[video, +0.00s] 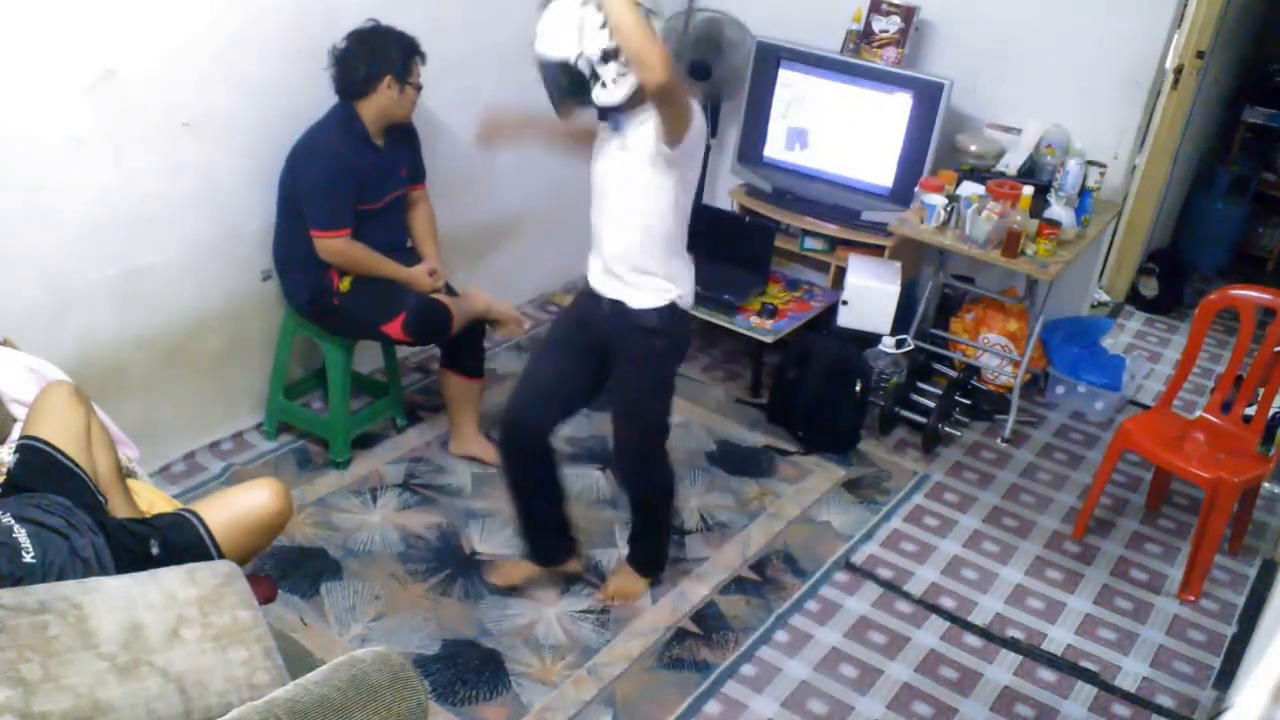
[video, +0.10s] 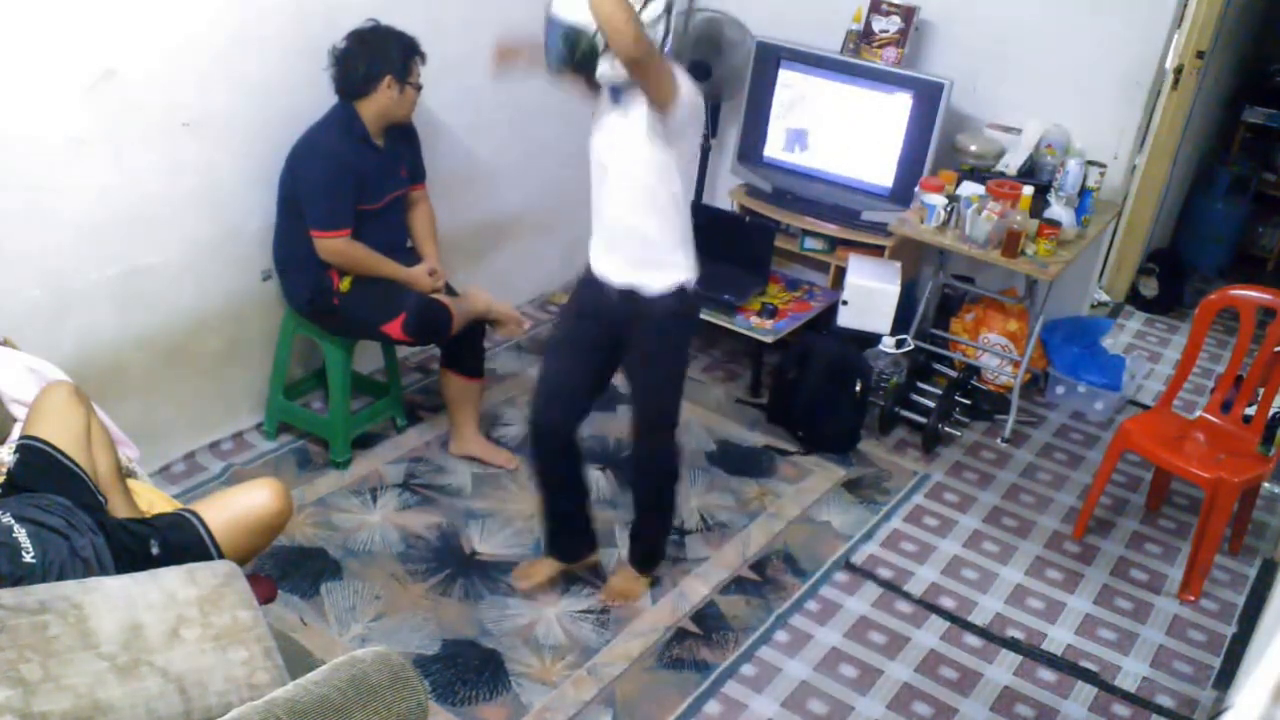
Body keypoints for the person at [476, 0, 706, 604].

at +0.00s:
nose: (603, 68)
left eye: (613, 55)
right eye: (597, 58)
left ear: (643, 58)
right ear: (593, 63)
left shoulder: (679, 122)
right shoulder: (613, 126)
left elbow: (657, 77)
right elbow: (578, 137)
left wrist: (615, 2)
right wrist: (519, 130)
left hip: (655, 317)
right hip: (598, 304)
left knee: (638, 452)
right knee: (523, 423)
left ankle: (645, 560)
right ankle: (554, 553)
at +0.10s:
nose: (613, 50)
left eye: (628, 43)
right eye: (613, 43)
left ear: (654, 47)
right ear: (628, 41)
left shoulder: (681, 103)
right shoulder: (612, 93)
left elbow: (631, 44)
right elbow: (579, 70)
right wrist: (537, 55)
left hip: (663, 300)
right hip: (600, 288)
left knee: (652, 440)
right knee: (550, 420)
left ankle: (642, 561)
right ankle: (571, 550)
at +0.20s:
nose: (599, 32)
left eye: (608, 20)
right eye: (597, 25)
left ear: (644, 18)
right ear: (601, 29)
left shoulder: (674, 68)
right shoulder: (601, 73)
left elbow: (595, 8)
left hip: (670, 270)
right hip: (598, 265)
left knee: (679, 420)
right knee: (574, 408)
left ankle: (690, 553)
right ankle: (583, 522)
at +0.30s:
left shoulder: (680, 82)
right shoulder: (604, 60)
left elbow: (597, 61)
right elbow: (561, 39)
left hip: (664, 284)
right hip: (591, 278)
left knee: (700, 436)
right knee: (574, 419)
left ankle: (749, 565)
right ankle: (589, 519)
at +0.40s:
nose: (616, 78)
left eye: (633, 65)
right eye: (606, 63)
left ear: (661, 62)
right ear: (590, 57)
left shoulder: (685, 123)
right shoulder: (584, 87)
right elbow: (513, 26)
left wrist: (560, 195)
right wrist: (568, 5)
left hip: (660, 304)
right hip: (584, 302)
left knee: (718, 446)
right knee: (572, 429)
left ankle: (791, 576)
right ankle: (595, 529)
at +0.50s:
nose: (634, 63)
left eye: (654, 54)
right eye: (627, 45)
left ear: (681, 49)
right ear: (613, 29)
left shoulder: (692, 100)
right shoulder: (579, 54)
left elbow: (675, 196)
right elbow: (504, 7)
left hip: (670, 268)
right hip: (592, 266)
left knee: (712, 418)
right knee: (590, 414)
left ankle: (769, 565)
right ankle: (593, 523)